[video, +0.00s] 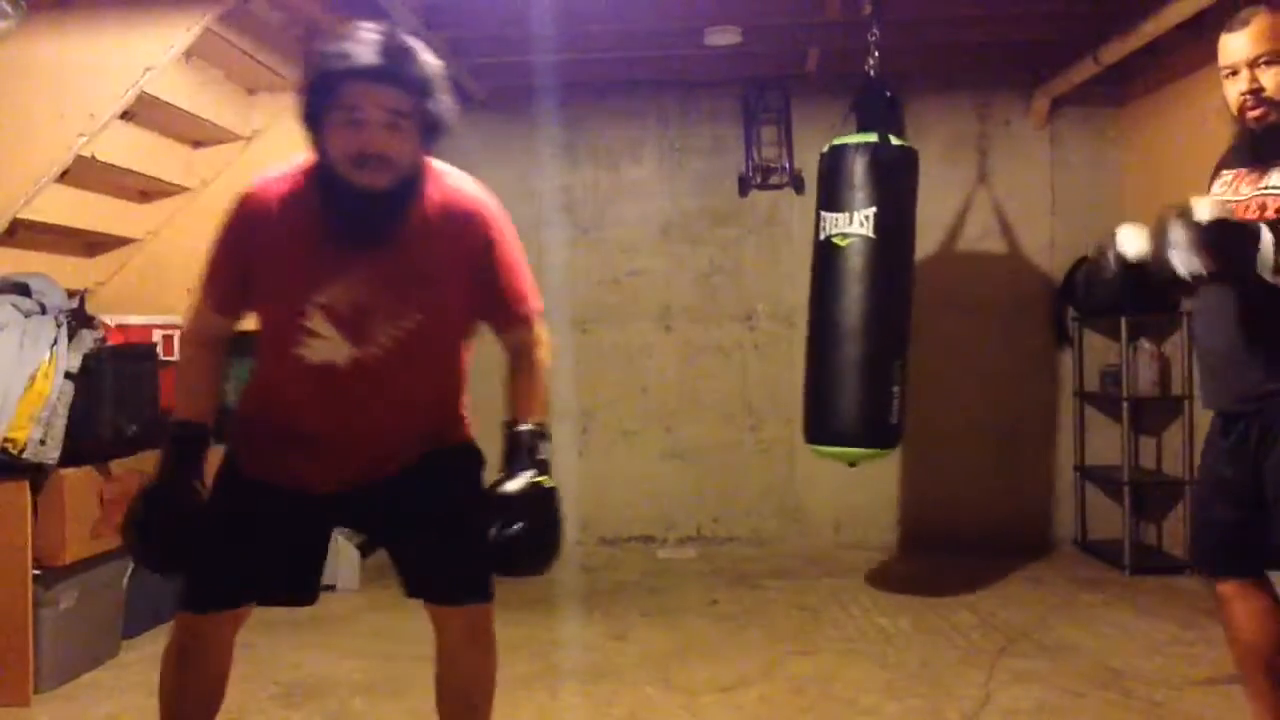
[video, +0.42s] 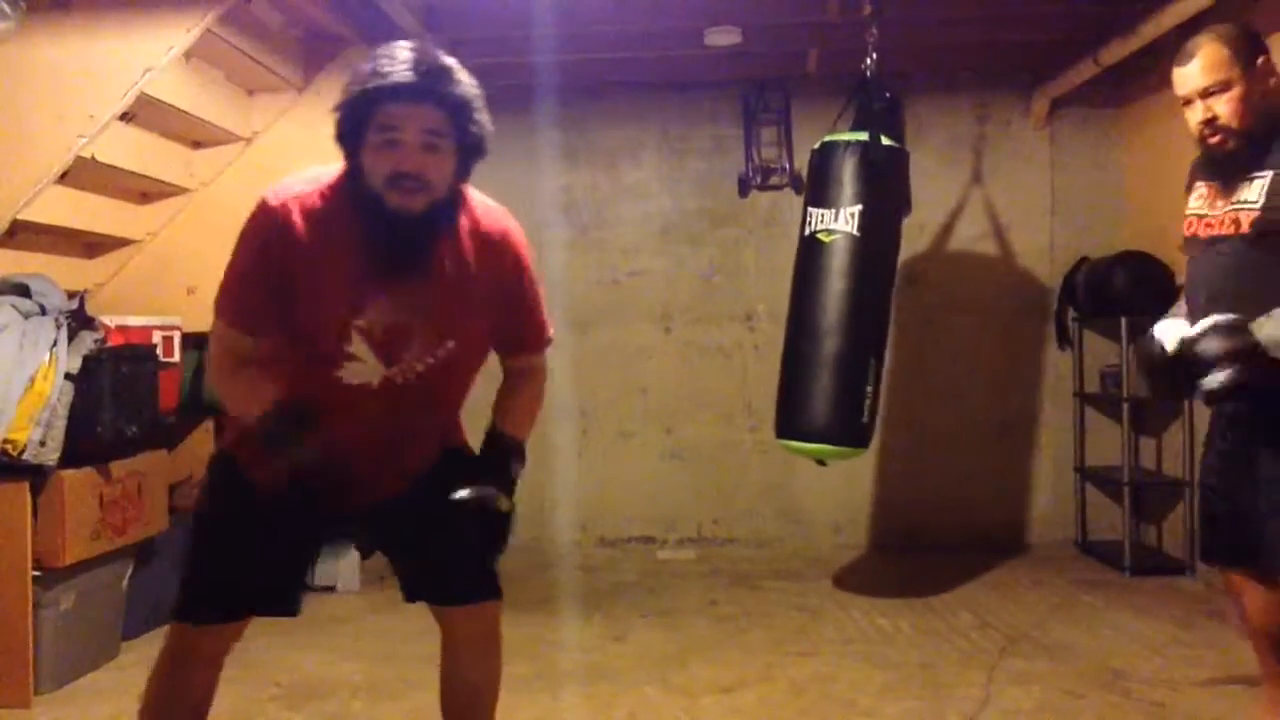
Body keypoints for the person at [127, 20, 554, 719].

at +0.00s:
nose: (372, 141)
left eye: (394, 121)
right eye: (351, 120)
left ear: (425, 131)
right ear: (317, 127)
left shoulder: (466, 216)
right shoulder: (265, 213)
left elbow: (525, 338)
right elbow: (206, 334)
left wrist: (527, 465)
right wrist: (182, 464)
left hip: (417, 460)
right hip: (276, 459)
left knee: (466, 612)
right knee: (205, 615)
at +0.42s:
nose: (409, 161)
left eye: (432, 143)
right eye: (388, 139)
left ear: (464, 155)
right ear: (354, 146)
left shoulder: (494, 244)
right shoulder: (287, 223)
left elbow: (526, 365)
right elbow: (229, 362)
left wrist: (498, 469)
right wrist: (275, 419)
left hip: (416, 463)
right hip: (280, 456)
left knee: (475, 617)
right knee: (201, 636)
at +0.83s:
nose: (318, 145)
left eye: (340, 125)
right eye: (296, 126)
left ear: (376, 136)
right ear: (266, 137)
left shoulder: (419, 218)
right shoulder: (222, 211)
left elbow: (457, 376)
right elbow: (171, 371)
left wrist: (346, 342)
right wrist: (277, 343)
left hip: (377, 458)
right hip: (226, 458)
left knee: (449, 616)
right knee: (146, 640)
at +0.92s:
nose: (303, 144)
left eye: (326, 123)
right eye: (280, 125)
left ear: (364, 136)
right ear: (252, 140)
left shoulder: (411, 224)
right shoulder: (205, 218)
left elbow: (469, 371)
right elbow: (122, 354)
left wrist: (387, 377)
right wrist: (237, 337)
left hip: (374, 462)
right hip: (224, 462)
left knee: (449, 619)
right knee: (144, 638)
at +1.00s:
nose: (293, 150)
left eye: (316, 128)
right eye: (270, 131)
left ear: (355, 142)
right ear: (243, 147)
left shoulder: (413, 242)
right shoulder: (188, 232)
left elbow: (470, 362)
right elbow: (103, 331)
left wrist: (441, 405)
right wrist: (176, 364)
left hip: (370, 468)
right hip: (219, 468)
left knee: (451, 620)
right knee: (138, 645)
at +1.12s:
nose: (288, 131)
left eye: (312, 113)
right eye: (266, 113)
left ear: (352, 133)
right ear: (237, 134)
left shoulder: (410, 239)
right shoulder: (189, 231)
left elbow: (473, 336)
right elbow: (115, 324)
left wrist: (441, 451)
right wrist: (145, 440)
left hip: (369, 483)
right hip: (216, 484)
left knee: (459, 618)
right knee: (133, 645)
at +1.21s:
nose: (289, 102)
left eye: (310, 83)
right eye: (265, 84)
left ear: (348, 102)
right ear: (237, 106)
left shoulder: (404, 216)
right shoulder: (190, 216)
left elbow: (479, 336)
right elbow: (96, 320)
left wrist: (435, 450)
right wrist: (139, 448)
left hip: (369, 484)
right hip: (216, 489)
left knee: (461, 619)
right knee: (131, 650)